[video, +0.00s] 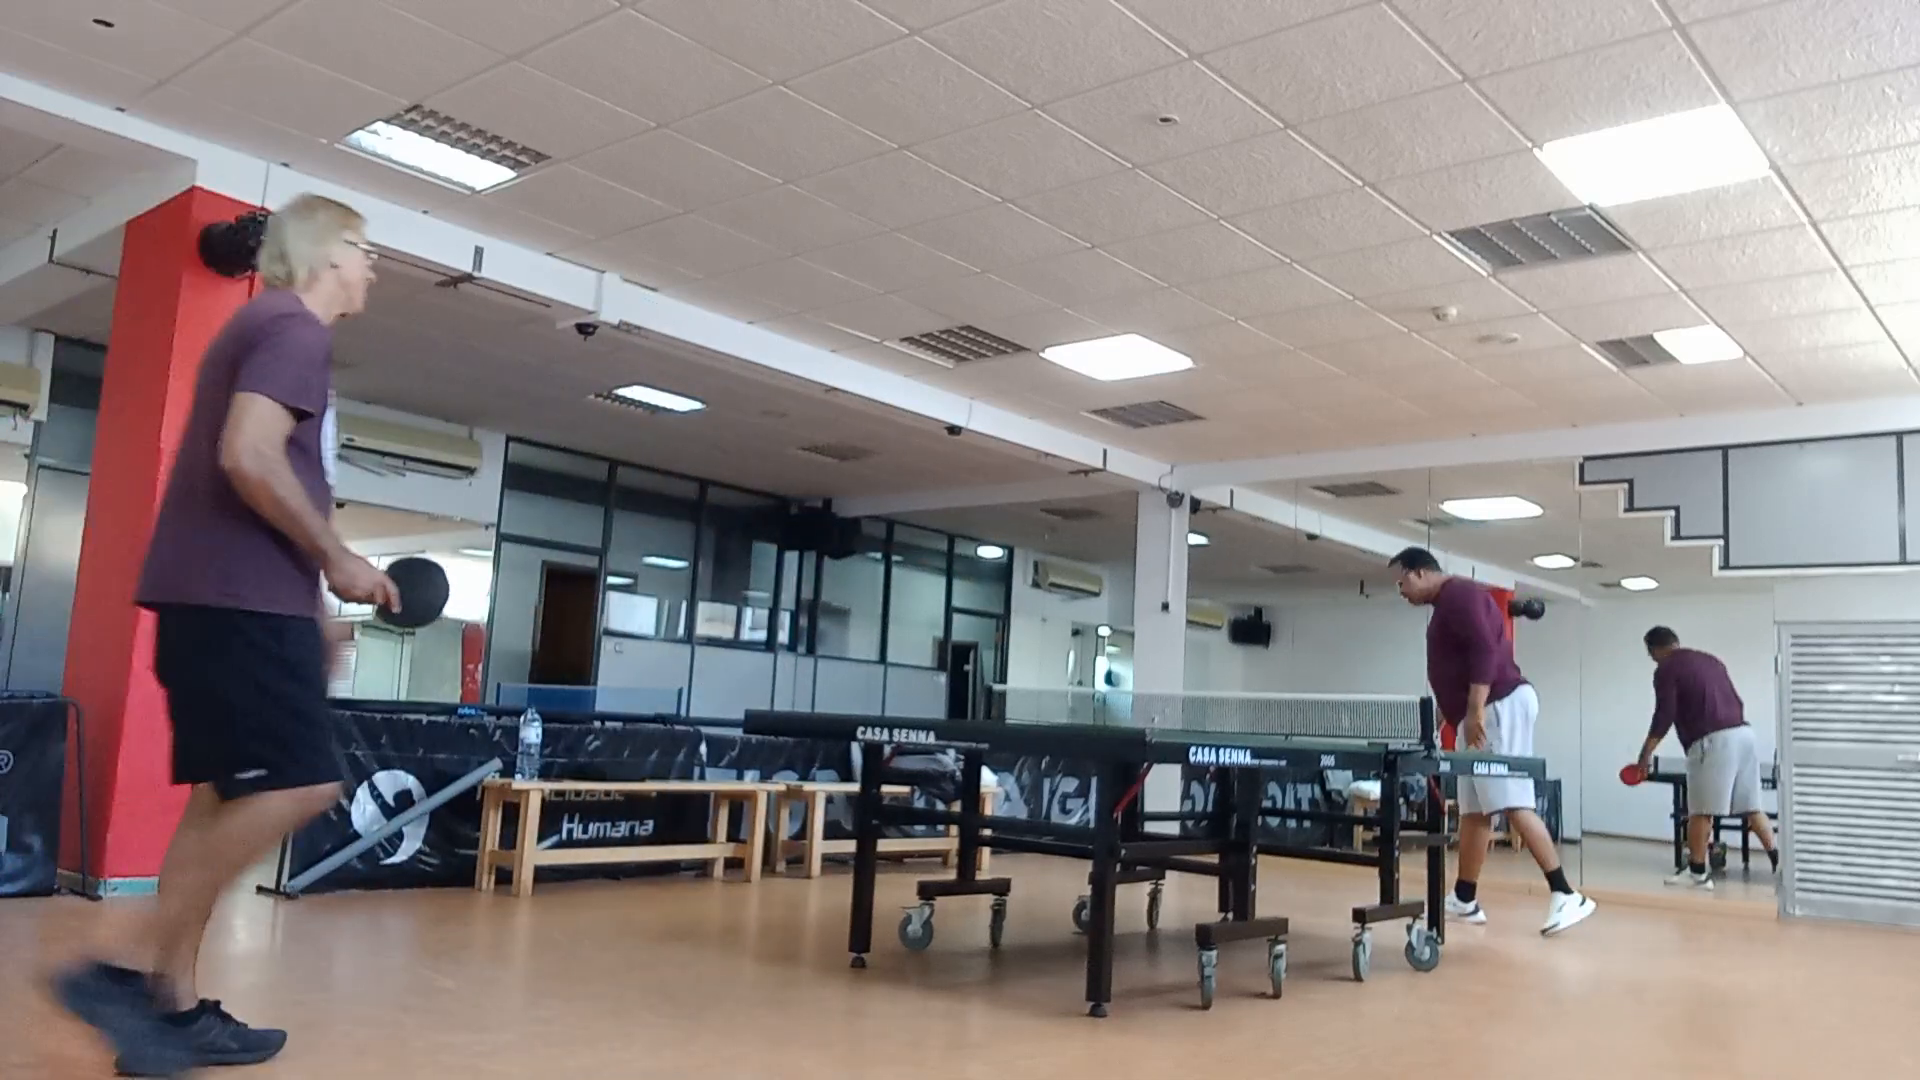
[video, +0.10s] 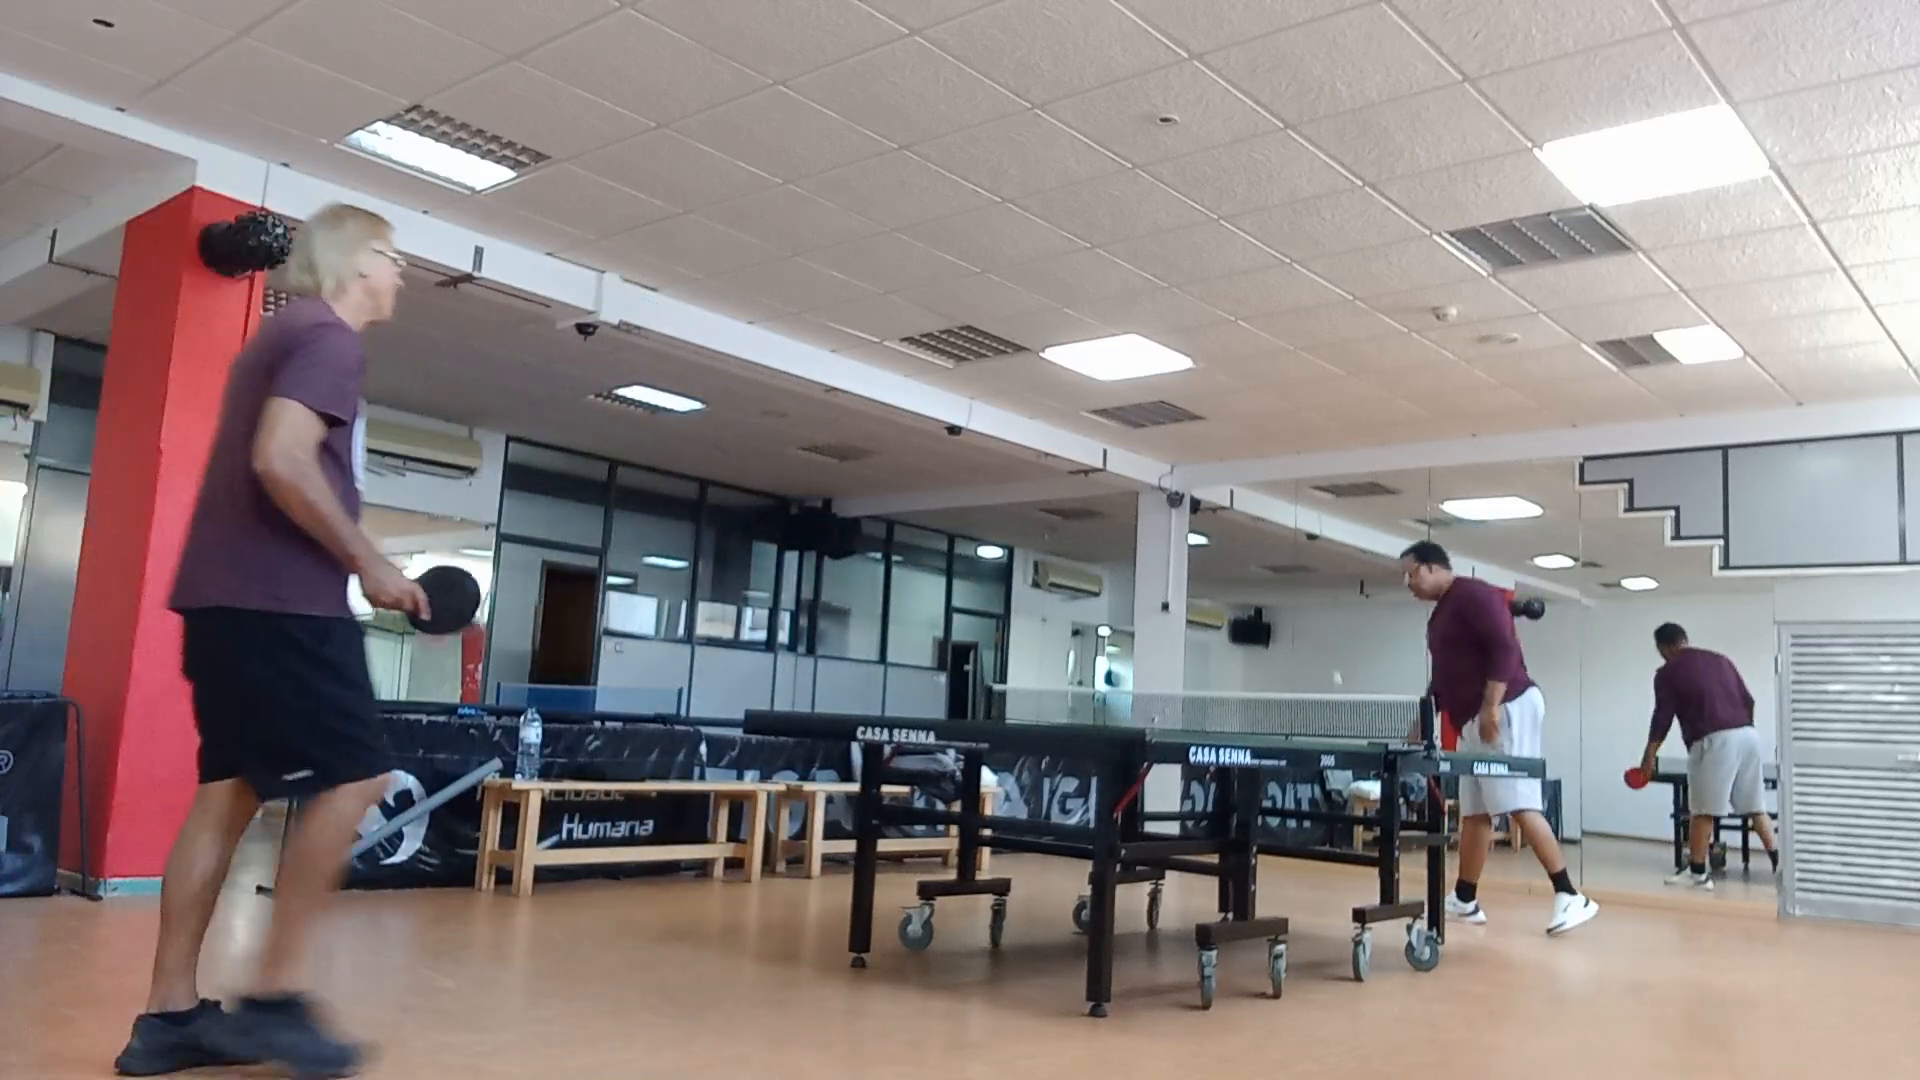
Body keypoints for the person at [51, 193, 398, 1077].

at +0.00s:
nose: (373, 275)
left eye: (370, 258)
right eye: (366, 257)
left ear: (290, 263)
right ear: (328, 260)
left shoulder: (258, 326)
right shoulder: (295, 328)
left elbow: (259, 482)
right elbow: (250, 455)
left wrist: (336, 577)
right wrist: (337, 559)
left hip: (215, 596)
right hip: (240, 599)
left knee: (223, 790)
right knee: (306, 779)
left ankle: (176, 1000)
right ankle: (123, 966)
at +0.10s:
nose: (401, 278)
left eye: (398, 264)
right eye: (392, 261)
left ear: (320, 265)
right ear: (353, 263)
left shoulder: (281, 331)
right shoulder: (329, 334)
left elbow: (284, 482)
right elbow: (282, 458)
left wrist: (373, 564)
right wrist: (372, 566)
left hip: (225, 599)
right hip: (280, 603)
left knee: (231, 785)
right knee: (355, 776)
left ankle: (169, 1009)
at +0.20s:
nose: (430, 289)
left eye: (429, 274)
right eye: (423, 272)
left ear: (353, 276)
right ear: (388, 274)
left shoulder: (311, 343)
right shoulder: (363, 345)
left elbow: (311, 493)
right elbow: (321, 468)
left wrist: (402, 544)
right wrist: (406, 571)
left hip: (259, 607)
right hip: (321, 613)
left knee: (240, 791)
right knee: (393, 787)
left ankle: (172, 1009)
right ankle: (397, 1002)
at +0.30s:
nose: (467, 307)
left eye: (466, 291)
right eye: (461, 289)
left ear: (390, 291)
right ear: (425, 291)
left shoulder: (337, 362)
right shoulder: (407, 364)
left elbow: (350, 508)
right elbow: (364, 483)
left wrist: (451, 564)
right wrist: (446, 583)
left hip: (296, 624)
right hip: (362, 631)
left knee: (258, 800)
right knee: (425, 798)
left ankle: (176, 1008)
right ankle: (465, 995)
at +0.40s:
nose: (509, 315)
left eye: (507, 300)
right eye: (502, 299)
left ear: (432, 304)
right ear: (472, 306)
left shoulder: (376, 375)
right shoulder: (449, 377)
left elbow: (357, 515)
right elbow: (416, 501)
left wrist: (474, 592)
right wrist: (495, 590)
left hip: (339, 633)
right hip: (415, 639)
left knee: (307, 795)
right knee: (469, 797)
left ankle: (187, 993)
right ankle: (478, 998)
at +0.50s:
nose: (551, 322)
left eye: (551, 308)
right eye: (546, 307)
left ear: (475, 306)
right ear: (516, 310)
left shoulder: (424, 375)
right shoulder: (500, 384)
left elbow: (416, 518)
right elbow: (471, 510)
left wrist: (510, 593)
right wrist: (549, 594)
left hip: (387, 626)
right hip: (462, 634)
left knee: (385, 786)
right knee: (497, 799)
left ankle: (232, 958)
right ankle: (481, 997)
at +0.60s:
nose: (586, 334)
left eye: (586, 320)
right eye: (584, 320)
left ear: (511, 313)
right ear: (559, 320)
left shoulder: (455, 379)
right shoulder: (545, 393)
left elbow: (428, 503)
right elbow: (525, 510)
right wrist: (604, 586)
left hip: (425, 620)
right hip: (499, 629)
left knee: (437, 787)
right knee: (514, 801)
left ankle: (303, 926)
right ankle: (482, 998)